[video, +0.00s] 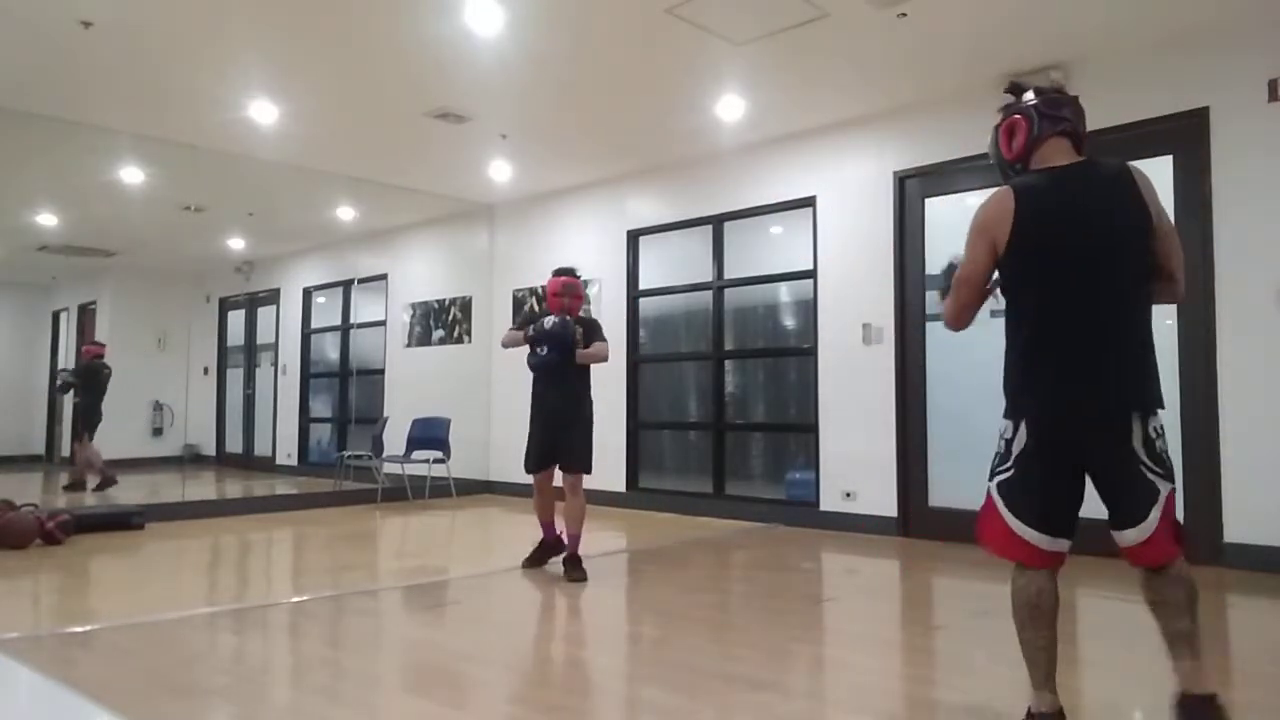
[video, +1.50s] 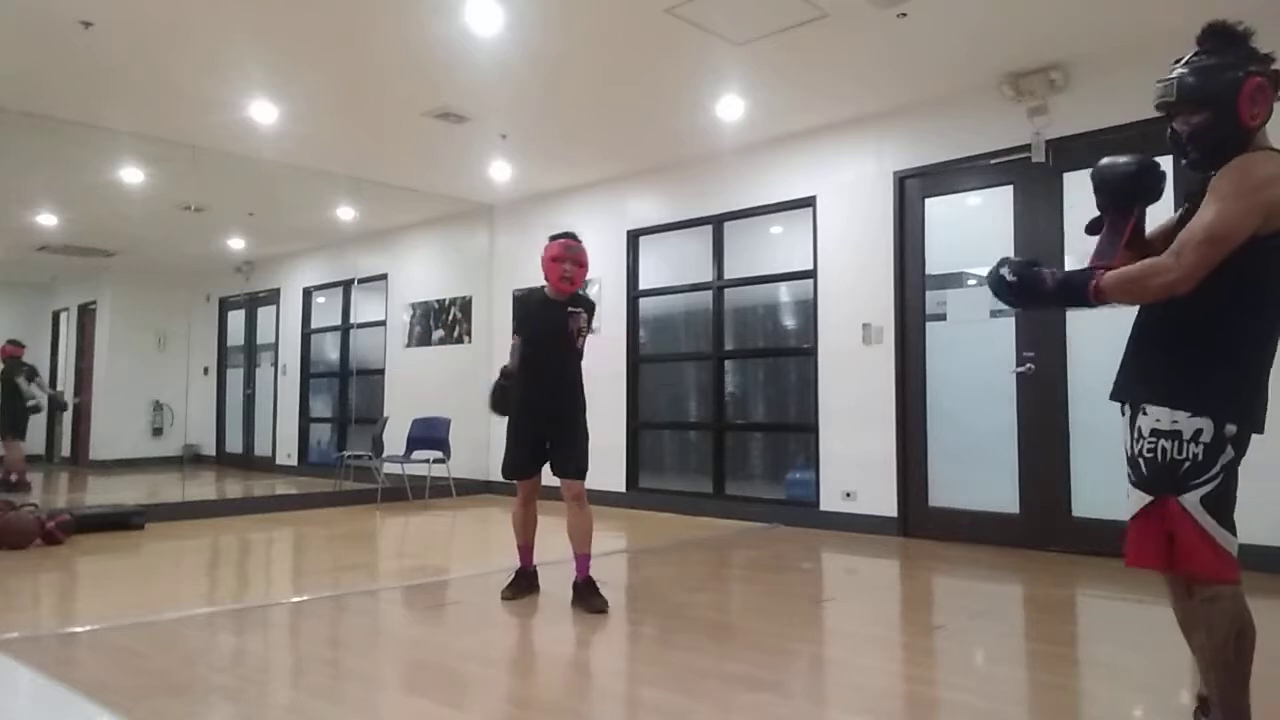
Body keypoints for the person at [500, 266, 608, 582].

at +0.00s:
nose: (563, 299)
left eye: (569, 292)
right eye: (557, 293)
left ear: (579, 295)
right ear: (547, 294)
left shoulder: (587, 324)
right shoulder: (535, 320)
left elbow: (602, 353)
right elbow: (507, 340)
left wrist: (568, 352)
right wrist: (535, 334)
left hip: (576, 412)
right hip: (543, 411)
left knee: (572, 481)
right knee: (541, 479)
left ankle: (573, 554)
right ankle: (550, 540)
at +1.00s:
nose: (545, 282)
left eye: (552, 275)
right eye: (536, 275)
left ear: (562, 278)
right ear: (523, 279)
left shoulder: (571, 310)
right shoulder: (509, 313)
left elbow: (595, 341)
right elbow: (478, 341)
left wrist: (574, 334)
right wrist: (509, 330)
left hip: (562, 410)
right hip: (522, 411)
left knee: (572, 490)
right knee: (524, 488)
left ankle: (563, 541)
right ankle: (525, 570)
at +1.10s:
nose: (543, 279)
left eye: (550, 271)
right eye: (534, 272)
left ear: (560, 274)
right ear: (522, 275)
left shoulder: (569, 310)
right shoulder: (506, 311)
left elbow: (602, 333)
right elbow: (468, 328)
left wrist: (638, 344)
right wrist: (438, 332)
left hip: (562, 411)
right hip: (521, 412)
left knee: (571, 486)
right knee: (523, 488)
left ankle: (567, 556)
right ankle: (525, 571)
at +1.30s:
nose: (553, 268)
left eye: (560, 262)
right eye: (544, 260)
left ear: (568, 268)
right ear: (529, 266)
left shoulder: (575, 307)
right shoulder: (510, 303)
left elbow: (601, 337)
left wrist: (633, 356)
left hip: (561, 412)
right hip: (520, 413)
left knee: (568, 489)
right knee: (522, 489)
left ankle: (584, 573)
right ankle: (525, 572)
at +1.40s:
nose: (559, 268)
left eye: (567, 262)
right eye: (551, 260)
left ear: (576, 269)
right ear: (536, 266)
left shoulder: (578, 306)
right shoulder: (519, 301)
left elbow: (578, 351)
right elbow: (504, 345)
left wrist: (583, 369)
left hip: (563, 410)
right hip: (523, 409)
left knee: (570, 491)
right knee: (523, 490)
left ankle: (582, 578)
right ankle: (525, 572)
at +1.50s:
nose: (567, 269)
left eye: (576, 262)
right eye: (559, 260)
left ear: (585, 270)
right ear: (544, 265)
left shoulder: (584, 308)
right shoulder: (524, 302)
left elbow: (576, 355)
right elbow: (516, 350)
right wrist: (508, 377)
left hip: (567, 409)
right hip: (527, 408)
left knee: (575, 492)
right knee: (527, 490)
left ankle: (583, 581)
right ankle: (525, 573)